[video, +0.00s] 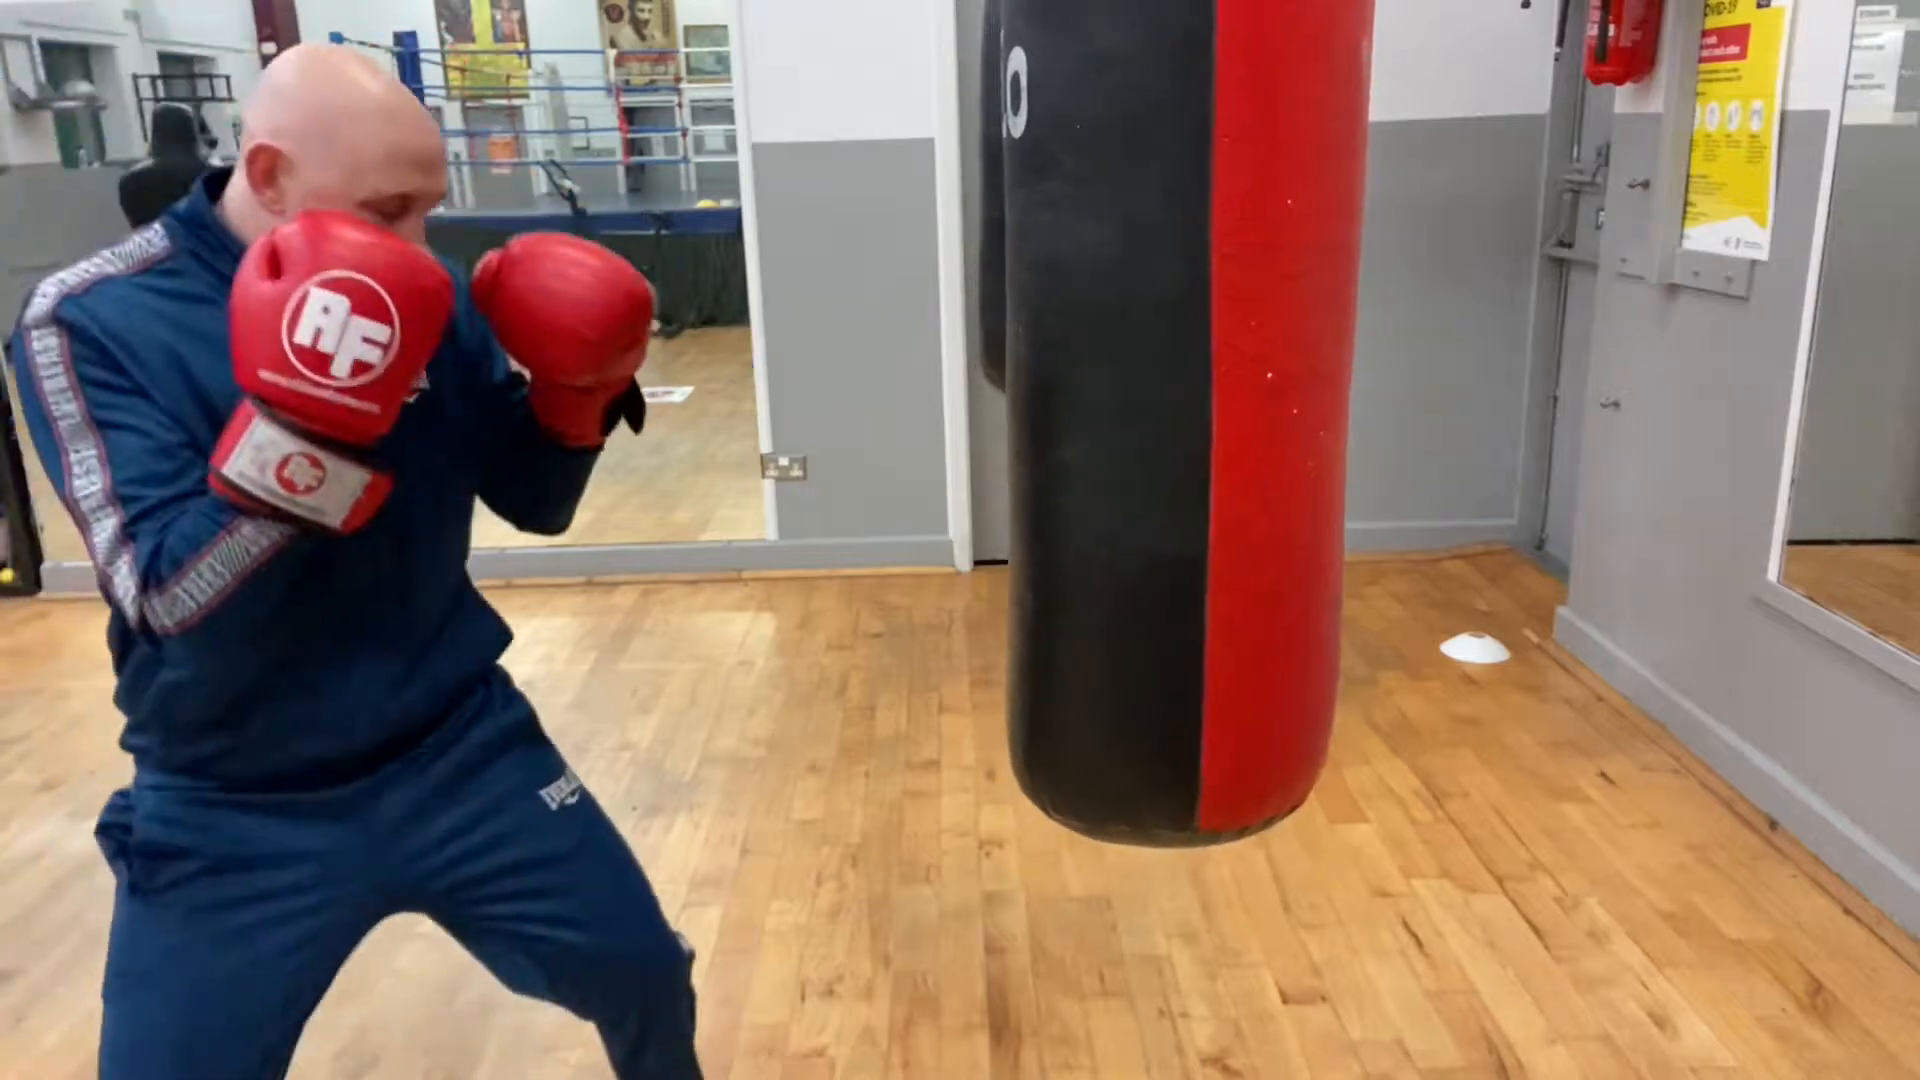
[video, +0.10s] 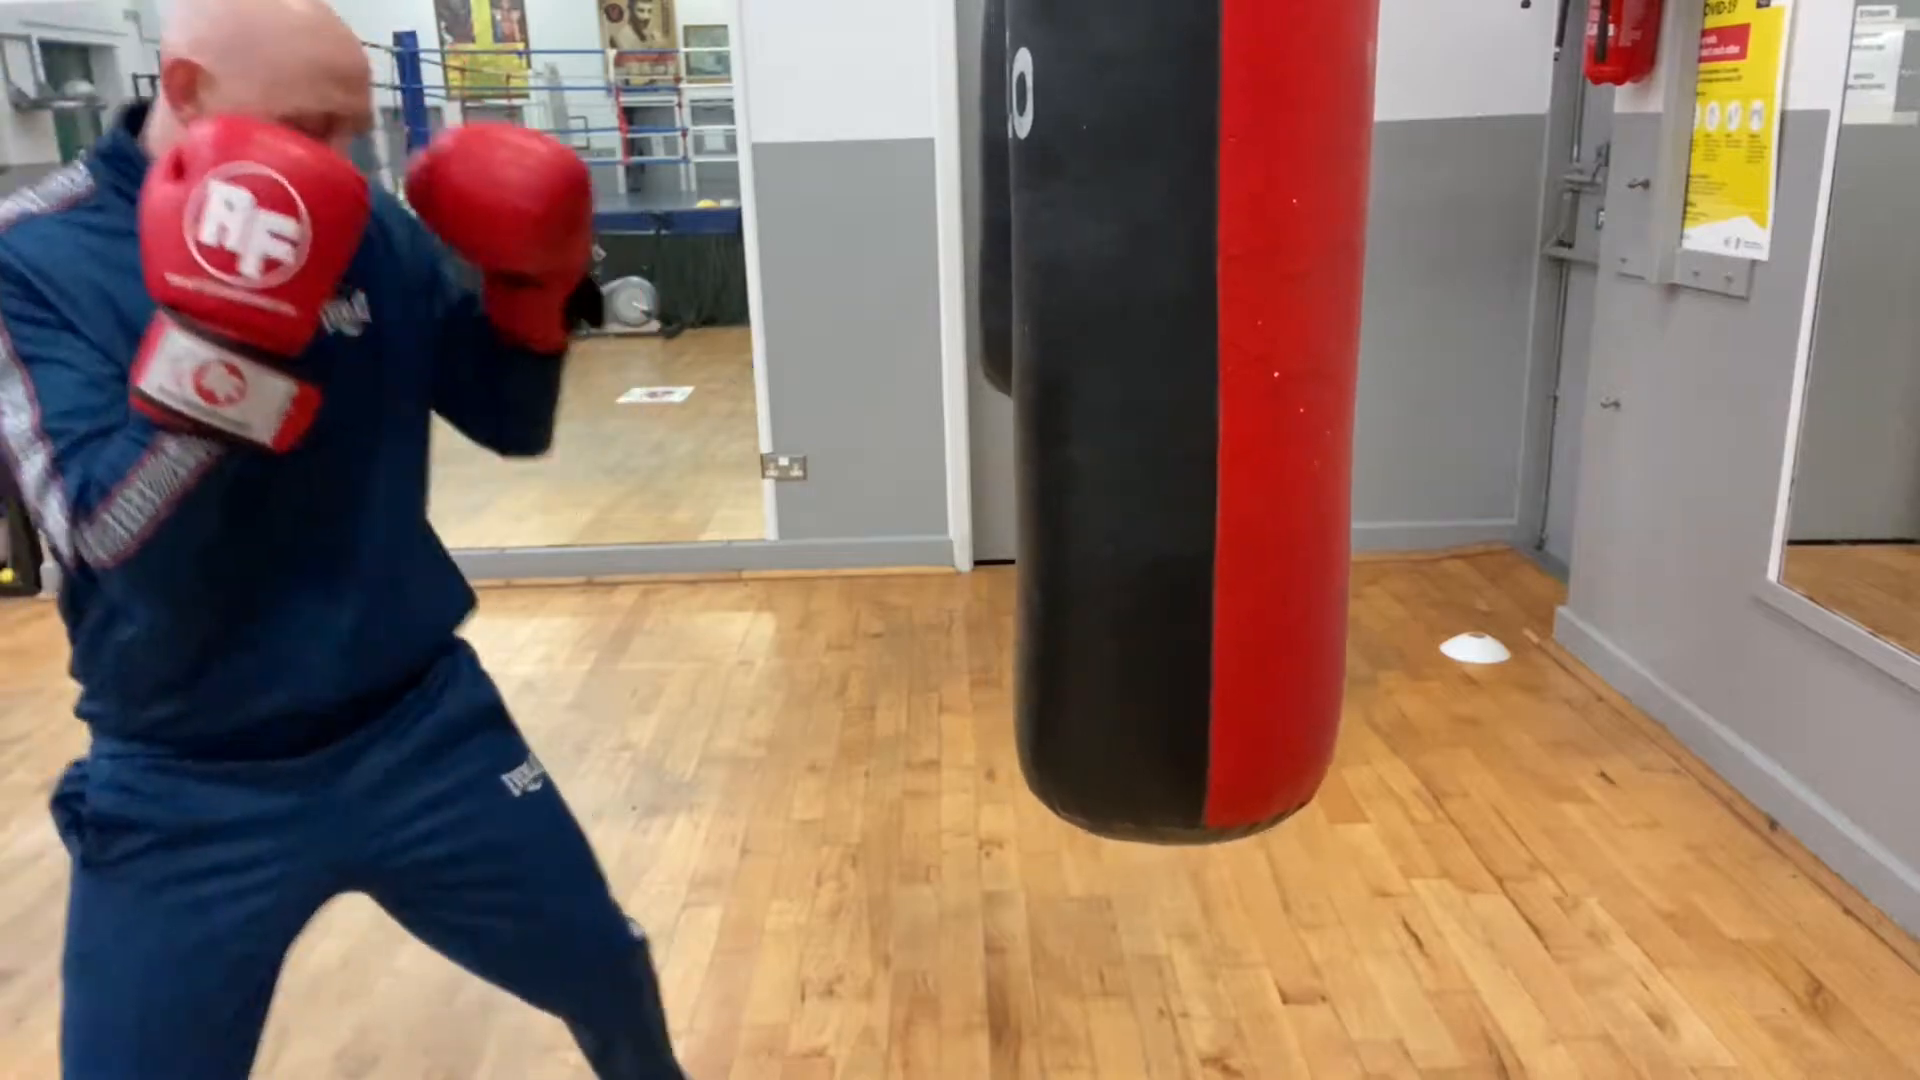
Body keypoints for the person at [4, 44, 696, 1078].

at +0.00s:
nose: (413, 243)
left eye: (425, 212)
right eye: (385, 213)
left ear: (435, 187)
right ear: (268, 178)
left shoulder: (416, 295)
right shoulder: (85, 323)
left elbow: (535, 501)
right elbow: (161, 601)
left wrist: (578, 401)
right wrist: (303, 430)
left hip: (462, 760)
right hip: (231, 820)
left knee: (645, 977)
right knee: (164, 1067)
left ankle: (667, 1072)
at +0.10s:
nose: (344, 170)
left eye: (353, 131)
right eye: (312, 131)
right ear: (184, 96)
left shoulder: (366, 224)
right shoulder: (43, 261)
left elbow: (511, 419)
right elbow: (100, 531)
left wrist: (532, 291)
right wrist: (223, 331)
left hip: (420, 742)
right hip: (183, 797)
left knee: (611, 978)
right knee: (130, 1071)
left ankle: (654, 1077)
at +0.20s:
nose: (233, 82)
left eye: (247, 45)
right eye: (195, 43)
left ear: (271, 25)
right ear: (71, 18)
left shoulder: (277, 151)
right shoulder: (11, 186)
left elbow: (423, 373)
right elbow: (19, 497)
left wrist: (435, 244)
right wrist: (118, 278)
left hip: (342, 683)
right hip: (100, 733)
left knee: (527, 974)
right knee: (74, 1069)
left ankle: (603, 1073)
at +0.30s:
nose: (166, 114)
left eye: (184, 78)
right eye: (131, 75)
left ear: (199, 68)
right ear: (5, 58)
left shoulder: (209, 216)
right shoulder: (6, 265)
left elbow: (342, 422)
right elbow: (3, 530)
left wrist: (349, 281)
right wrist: (42, 324)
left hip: (285, 699)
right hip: (61, 758)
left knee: (468, 943)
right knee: (40, 1064)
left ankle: (456, 1074)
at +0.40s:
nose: (124, 143)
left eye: (138, 102)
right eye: (83, 103)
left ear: (153, 99)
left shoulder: (169, 261)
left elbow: (275, 487)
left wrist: (283, 333)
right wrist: (23, 385)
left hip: (246, 748)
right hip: (38, 805)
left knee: (394, 1006)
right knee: (52, 1066)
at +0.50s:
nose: (101, 50)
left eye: (120, 14)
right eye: (64, 12)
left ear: (140, 22)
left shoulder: (165, 166)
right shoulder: (7, 206)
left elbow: (281, 407)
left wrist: (268, 236)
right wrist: (25, 274)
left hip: (214, 666)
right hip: (30, 700)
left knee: (343, 960)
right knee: (28, 1040)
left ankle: (324, 1062)